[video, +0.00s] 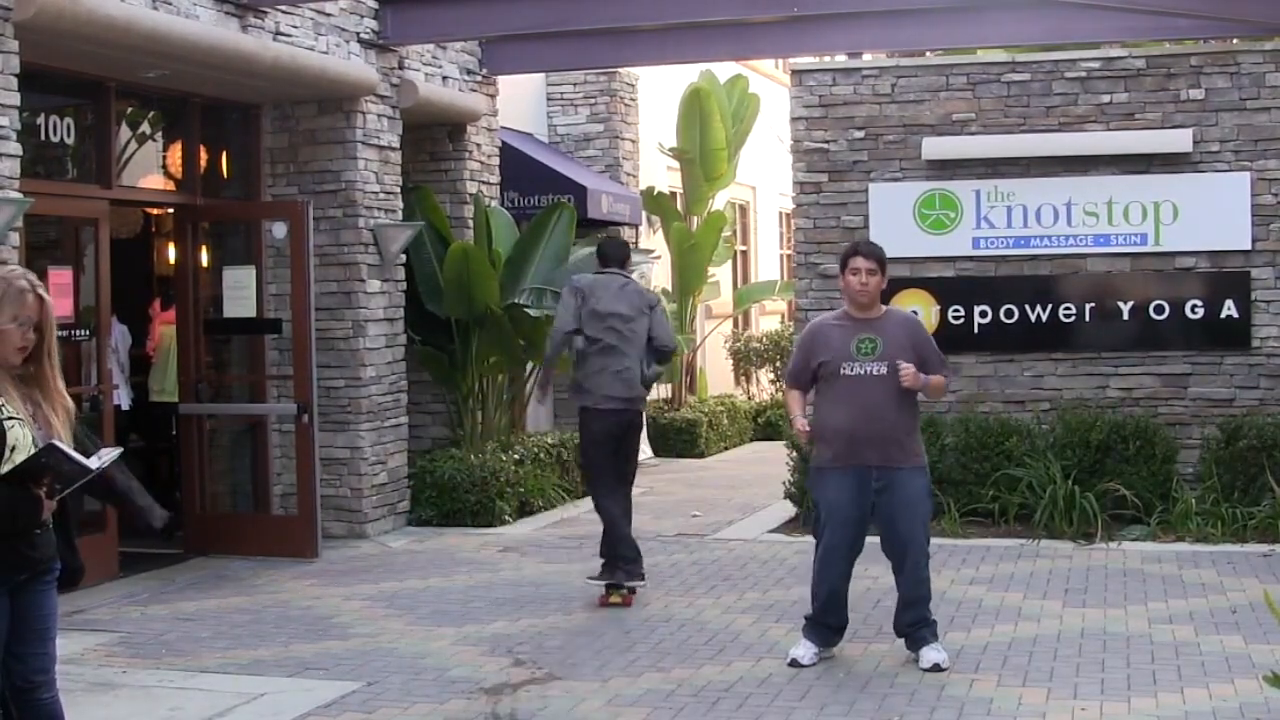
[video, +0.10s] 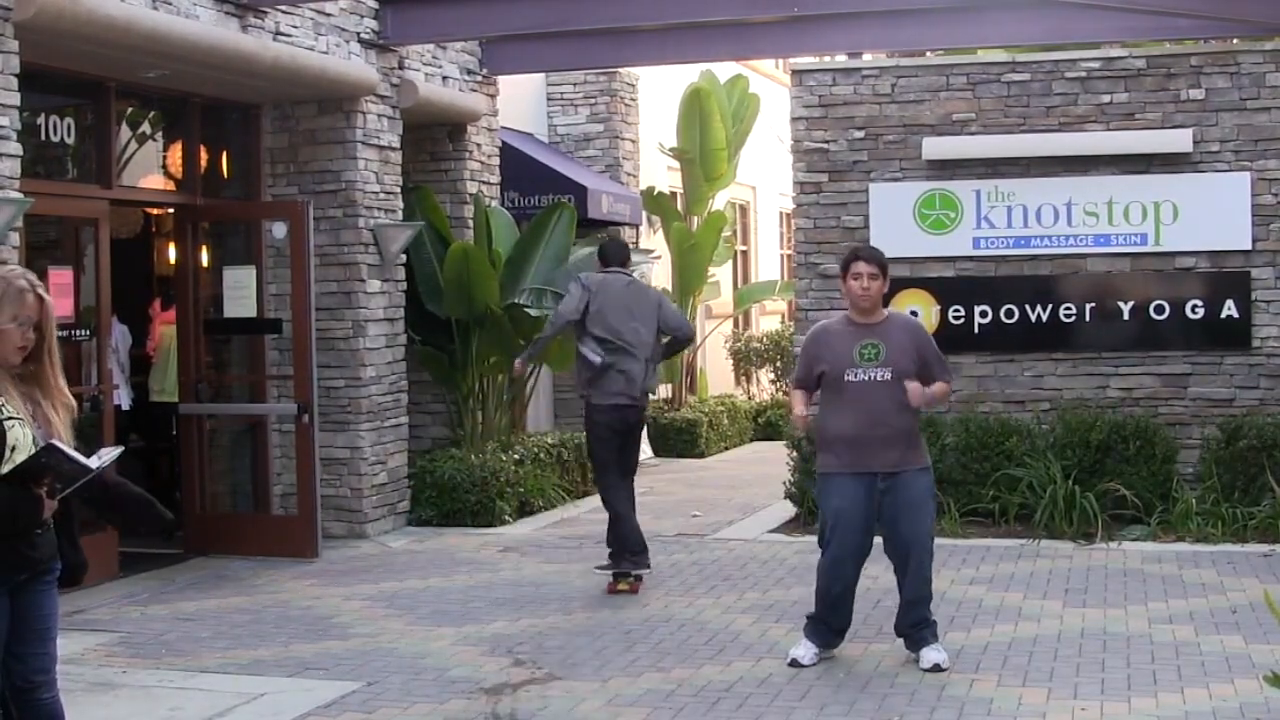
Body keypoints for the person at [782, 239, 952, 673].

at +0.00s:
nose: (862, 280)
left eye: (870, 273)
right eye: (854, 272)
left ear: (883, 279)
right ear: (841, 279)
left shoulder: (909, 326)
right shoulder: (818, 331)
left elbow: (940, 384)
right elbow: (795, 384)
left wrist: (920, 381)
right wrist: (798, 416)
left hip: (903, 463)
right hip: (837, 465)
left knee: (913, 553)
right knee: (833, 554)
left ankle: (922, 637)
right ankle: (819, 635)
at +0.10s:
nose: (863, 285)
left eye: (872, 277)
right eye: (855, 278)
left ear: (885, 284)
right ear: (843, 284)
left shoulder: (911, 330)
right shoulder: (822, 335)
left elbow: (943, 385)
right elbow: (800, 385)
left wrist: (927, 394)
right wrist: (800, 408)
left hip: (907, 466)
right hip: (843, 468)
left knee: (916, 554)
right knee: (839, 556)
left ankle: (922, 638)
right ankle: (820, 636)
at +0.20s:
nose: (862, 286)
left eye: (870, 278)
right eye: (854, 278)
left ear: (884, 284)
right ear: (842, 285)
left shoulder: (910, 332)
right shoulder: (822, 336)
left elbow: (940, 388)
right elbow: (799, 391)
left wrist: (927, 407)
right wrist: (802, 397)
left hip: (907, 466)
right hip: (842, 468)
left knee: (916, 553)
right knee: (841, 555)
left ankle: (922, 637)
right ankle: (820, 636)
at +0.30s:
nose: (860, 282)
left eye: (868, 275)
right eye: (852, 275)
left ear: (882, 281)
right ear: (841, 280)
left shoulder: (908, 328)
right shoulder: (819, 331)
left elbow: (936, 387)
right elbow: (794, 397)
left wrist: (920, 406)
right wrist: (812, 386)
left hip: (904, 464)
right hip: (838, 465)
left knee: (912, 554)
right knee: (835, 554)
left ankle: (922, 637)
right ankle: (819, 635)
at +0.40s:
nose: (857, 279)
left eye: (866, 272)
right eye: (849, 272)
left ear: (879, 278)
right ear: (838, 278)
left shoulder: (905, 327)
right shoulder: (815, 329)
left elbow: (934, 389)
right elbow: (792, 392)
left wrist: (912, 399)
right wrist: (817, 388)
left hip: (898, 465)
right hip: (832, 464)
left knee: (909, 553)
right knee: (827, 554)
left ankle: (923, 638)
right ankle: (819, 635)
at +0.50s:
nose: (855, 280)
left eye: (863, 273)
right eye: (847, 272)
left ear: (877, 279)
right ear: (836, 279)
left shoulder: (901, 329)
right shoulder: (813, 329)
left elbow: (929, 392)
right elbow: (789, 391)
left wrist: (906, 392)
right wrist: (812, 404)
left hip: (891, 465)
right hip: (827, 464)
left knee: (904, 553)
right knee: (822, 554)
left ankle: (922, 637)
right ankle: (818, 634)